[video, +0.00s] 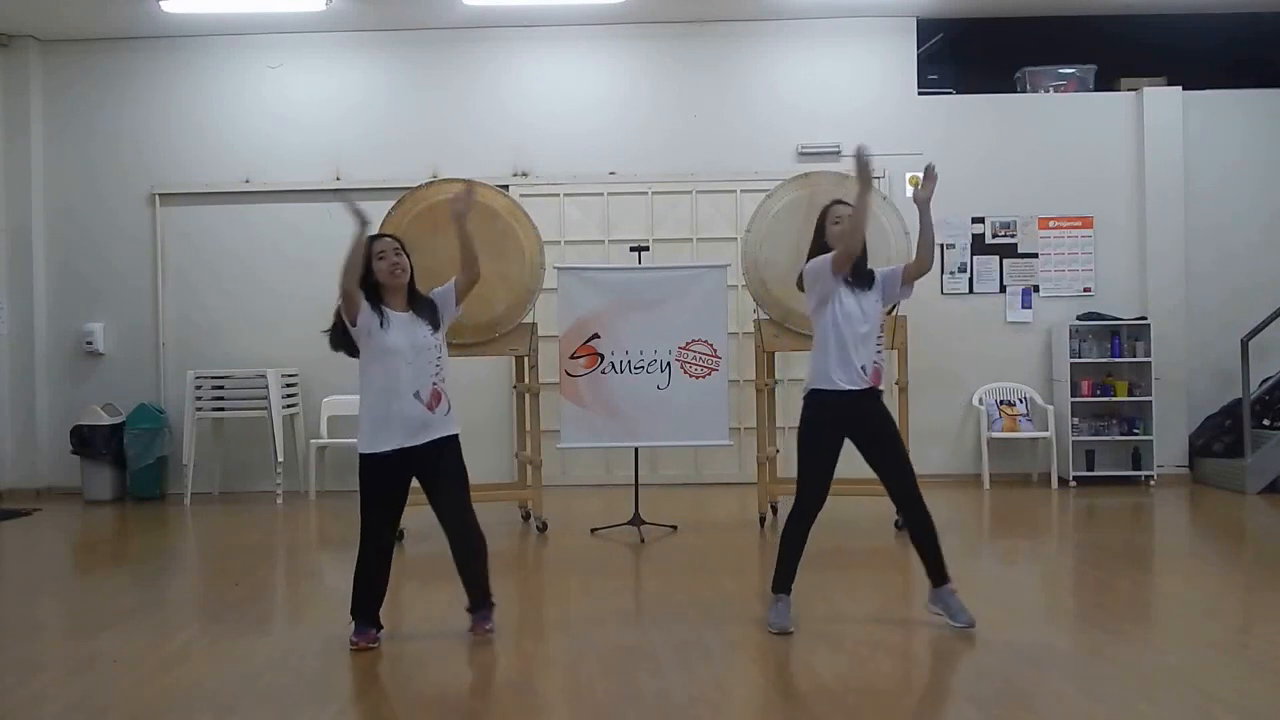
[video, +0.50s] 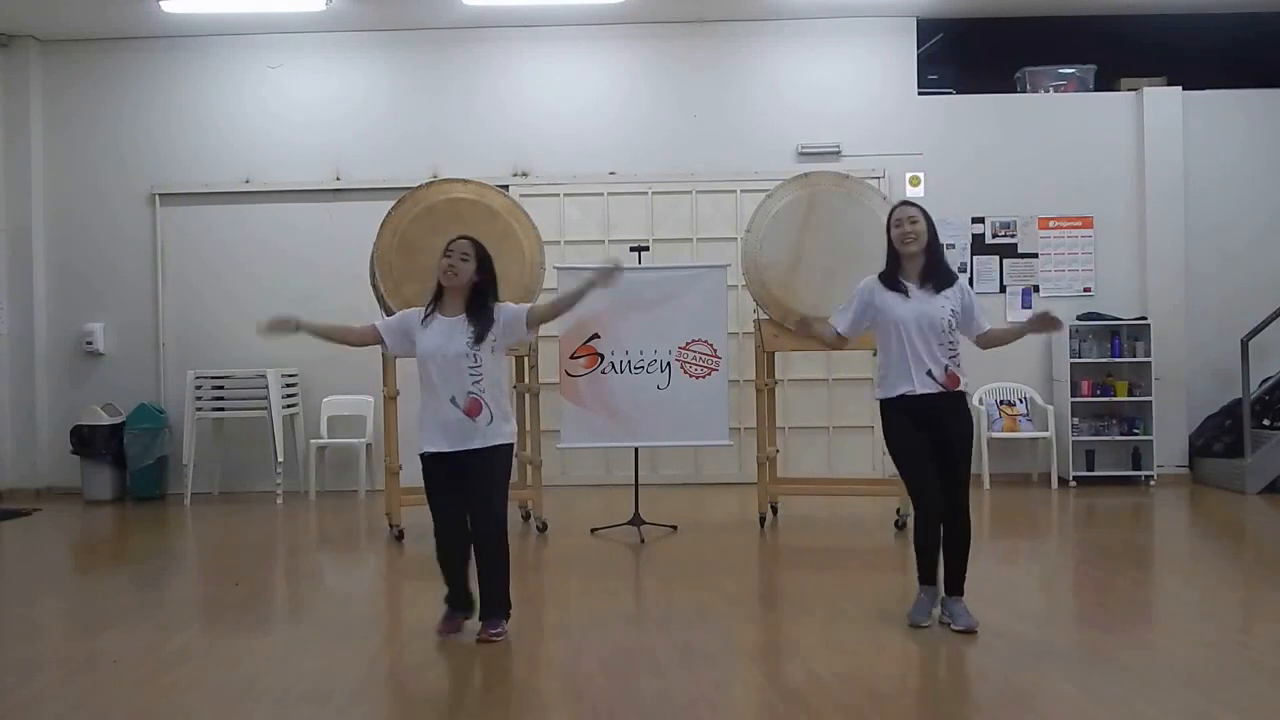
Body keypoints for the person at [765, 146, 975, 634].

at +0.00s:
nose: (847, 224)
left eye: (853, 218)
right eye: (837, 219)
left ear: (864, 229)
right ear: (822, 235)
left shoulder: (877, 282)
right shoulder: (816, 277)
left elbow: (922, 264)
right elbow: (850, 249)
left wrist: (923, 209)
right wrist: (865, 191)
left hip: (869, 403)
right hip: (824, 405)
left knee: (909, 496)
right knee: (809, 502)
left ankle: (941, 589)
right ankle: (781, 597)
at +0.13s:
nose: (863, 235)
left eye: (869, 228)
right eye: (852, 231)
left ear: (882, 234)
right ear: (840, 248)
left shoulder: (904, 287)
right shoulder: (842, 284)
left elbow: (941, 275)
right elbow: (882, 270)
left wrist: (920, 227)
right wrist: (912, 219)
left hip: (903, 411)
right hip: (857, 412)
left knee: (933, 505)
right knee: (830, 508)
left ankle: (953, 600)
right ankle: (783, 595)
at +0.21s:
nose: (878, 239)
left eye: (883, 232)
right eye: (867, 236)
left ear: (898, 239)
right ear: (858, 250)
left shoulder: (926, 286)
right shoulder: (856, 291)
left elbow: (973, 301)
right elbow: (873, 308)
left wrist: (948, 259)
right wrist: (908, 248)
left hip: (929, 412)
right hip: (881, 412)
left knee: (947, 511)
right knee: (858, 510)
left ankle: (953, 602)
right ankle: (803, 592)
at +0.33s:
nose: (891, 233)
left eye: (896, 225)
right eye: (881, 230)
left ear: (912, 233)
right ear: (873, 245)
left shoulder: (944, 286)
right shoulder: (874, 293)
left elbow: (997, 320)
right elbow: (849, 330)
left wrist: (992, 291)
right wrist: (863, 284)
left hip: (940, 407)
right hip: (891, 408)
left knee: (952, 508)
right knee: (888, 506)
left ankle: (953, 601)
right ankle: (854, 585)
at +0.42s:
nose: (902, 228)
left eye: (908, 220)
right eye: (893, 224)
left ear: (923, 229)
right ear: (884, 237)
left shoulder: (952, 283)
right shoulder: (873, 288)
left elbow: (992, 329)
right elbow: (833, 337)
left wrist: (1019, 312)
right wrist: (823, 315)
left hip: (947, 405)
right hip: (896, 406)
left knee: (954, 506)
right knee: (916, 504)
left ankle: (953, 599)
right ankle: (903, 582)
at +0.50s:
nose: (907, 229)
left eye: (913, 221)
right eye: (898, 224)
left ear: (929, 230)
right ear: (889, 236)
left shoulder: (954, 287)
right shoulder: (874, 289)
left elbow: (984, 337)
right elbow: (838, 335)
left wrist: (1027, 327)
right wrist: (809, 325)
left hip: (950, 405)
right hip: (901, 408)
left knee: (956, 503)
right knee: (926, 503)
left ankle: (954, 598)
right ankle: (927, 592)